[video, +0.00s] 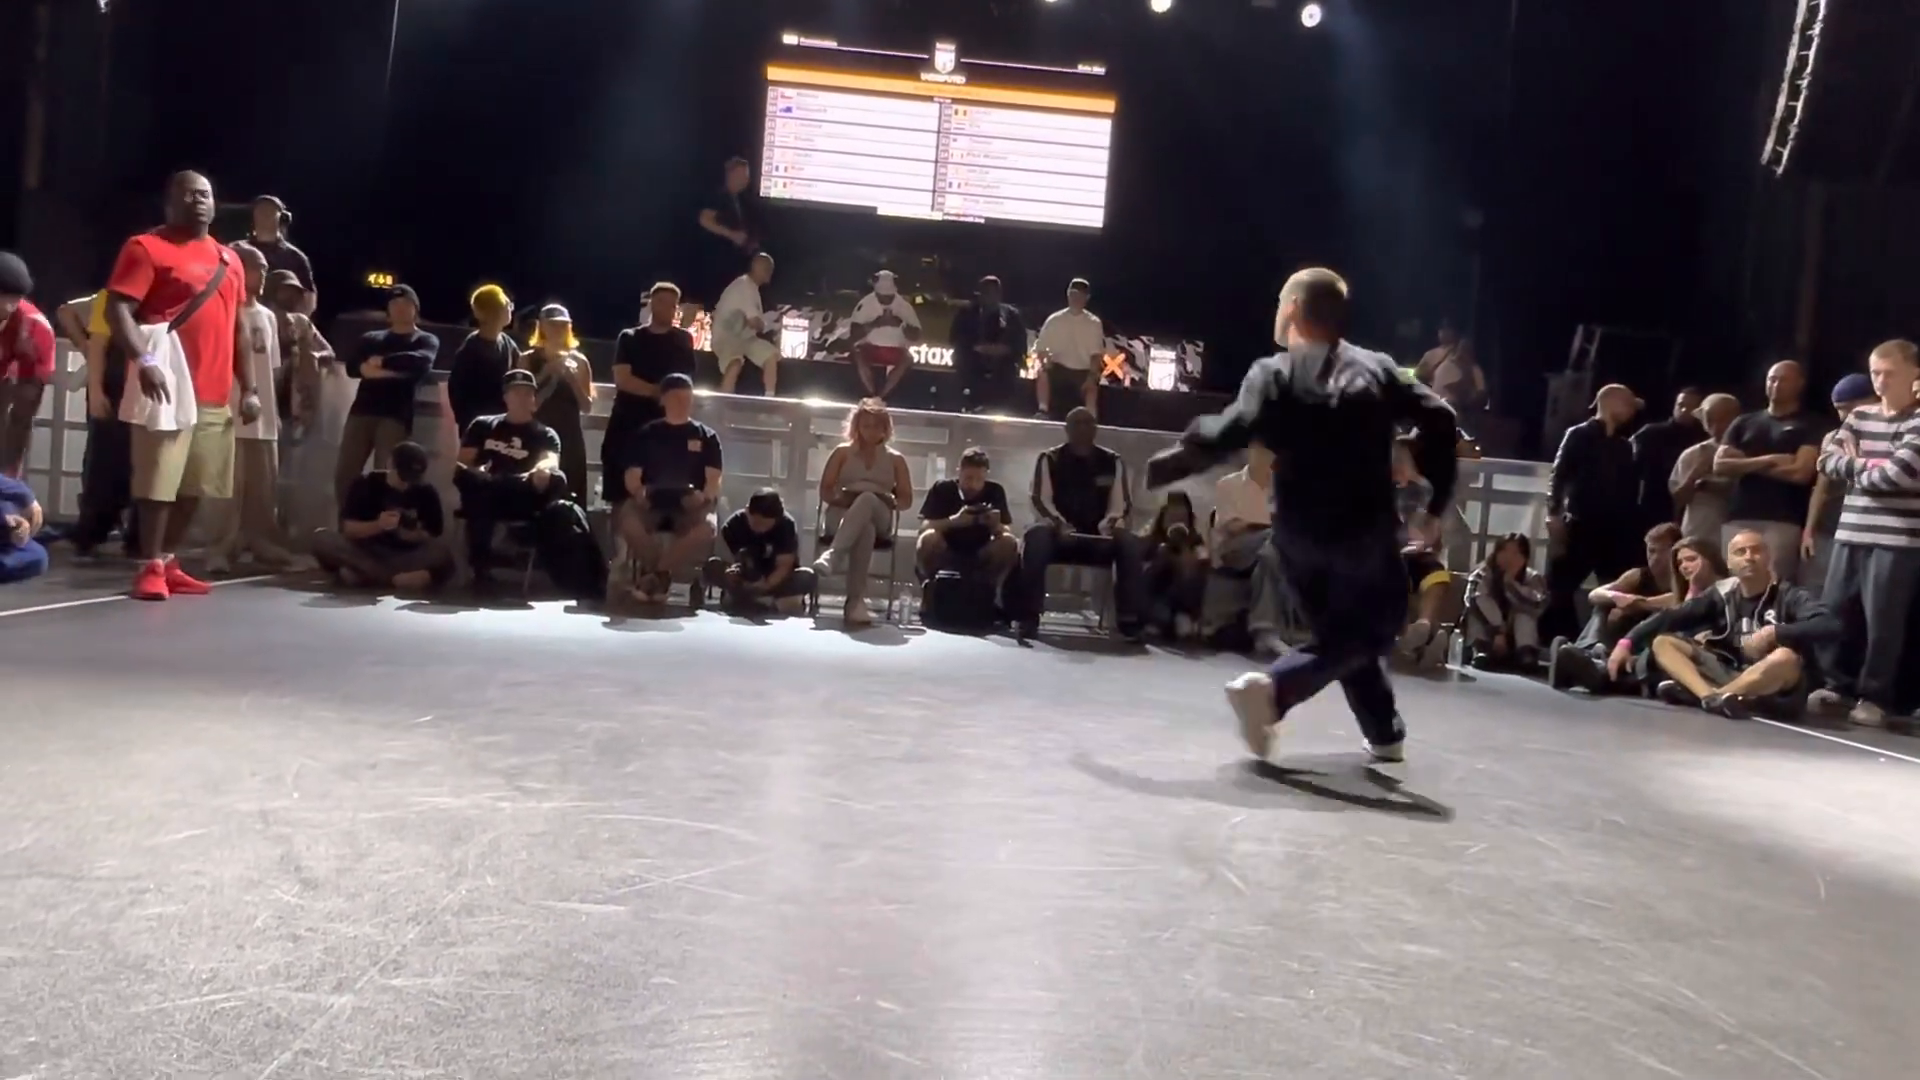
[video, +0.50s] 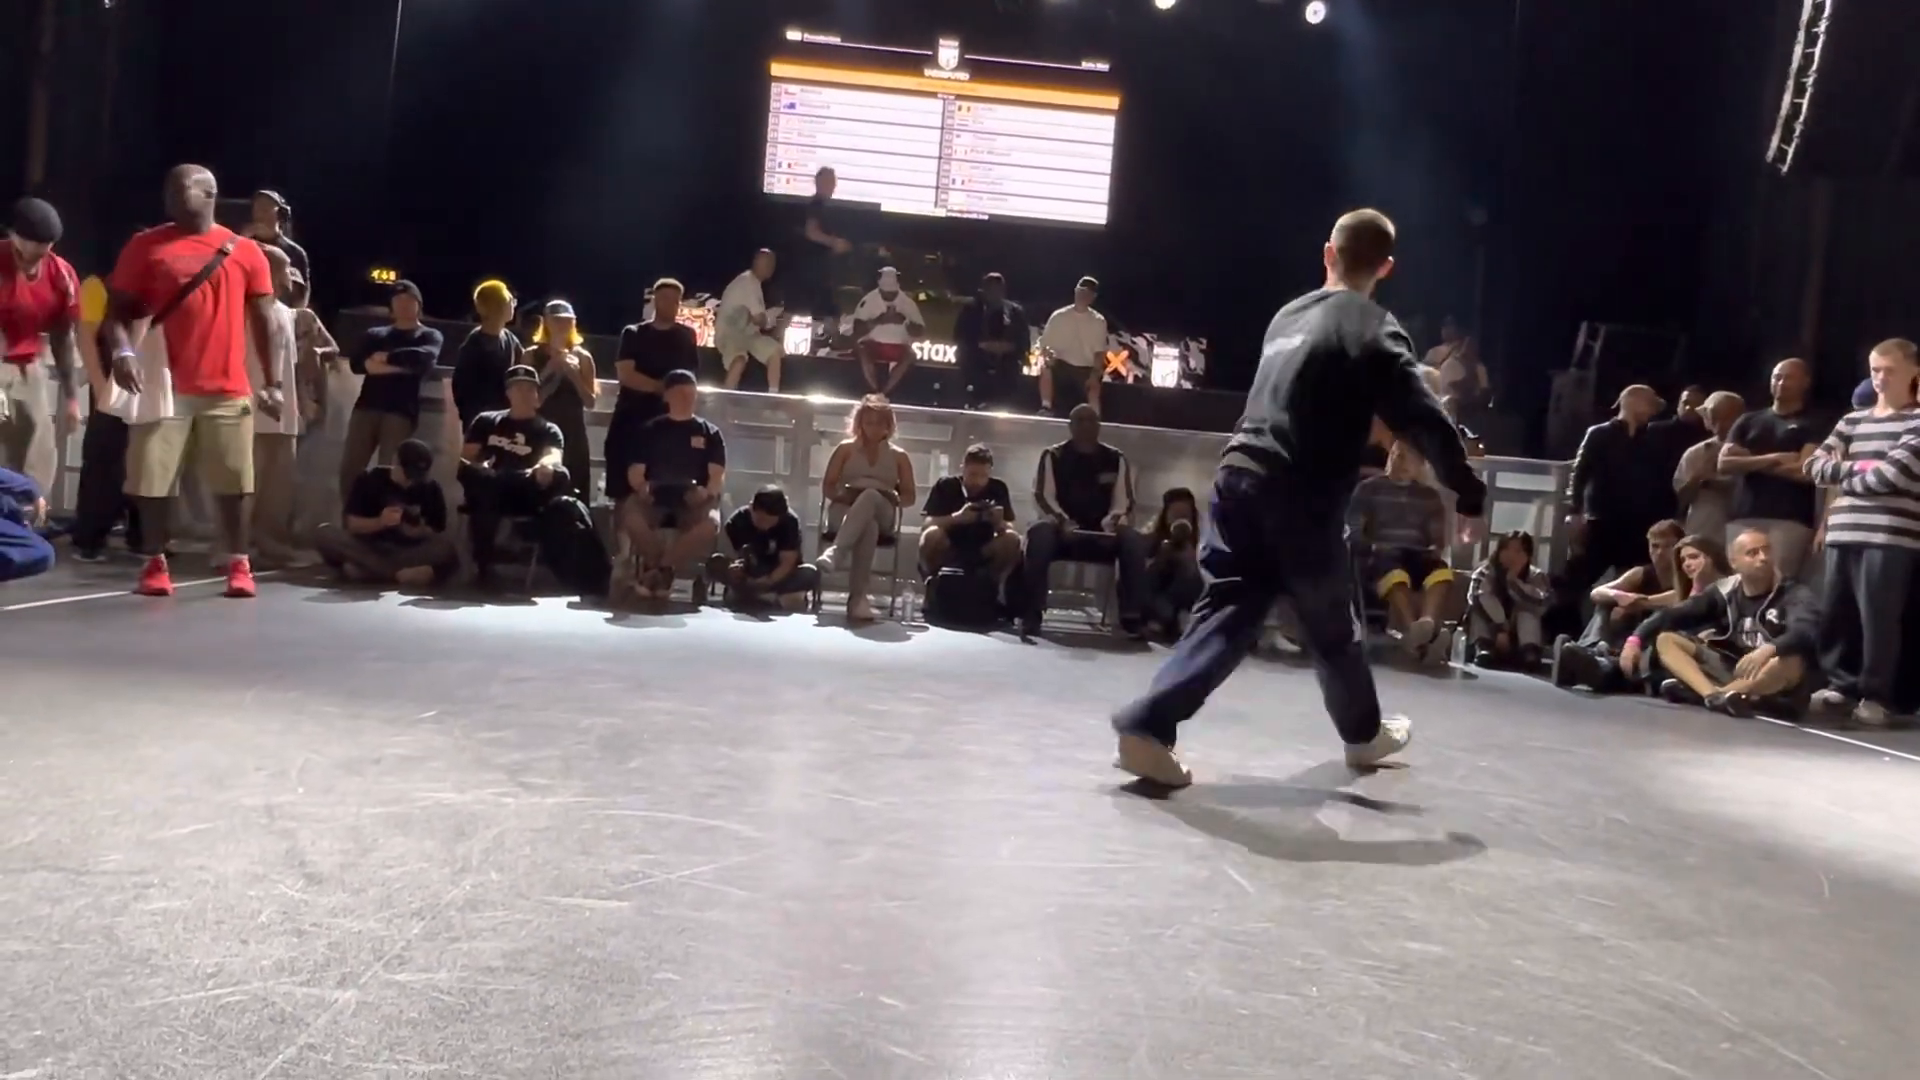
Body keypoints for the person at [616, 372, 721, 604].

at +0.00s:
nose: (681, 402)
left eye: (685, 397)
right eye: (676, 397)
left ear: (692, 399)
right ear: (663, 400)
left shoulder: (706, 436)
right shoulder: (645, 433)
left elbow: (713, 481)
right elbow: (632, 477)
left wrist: (702, 498)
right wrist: (643, 496)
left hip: (689, 496)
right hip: (652, 494)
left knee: (706, 528)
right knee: (628, 518)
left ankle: (655, 575)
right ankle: (660, 576)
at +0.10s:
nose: (682, 401)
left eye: (686, 396)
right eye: (676, 396)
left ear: (693, 398)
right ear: (665, 399)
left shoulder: (707, 435)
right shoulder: (646, 433)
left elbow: (714, 480)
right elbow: (633, 475)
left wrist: (703, 497)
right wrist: (644, 495)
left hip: (690, 495)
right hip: (654, 493)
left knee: (707, 527)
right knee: (629, 517)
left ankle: (655, 574)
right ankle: (661, 575)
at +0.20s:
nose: (683, 400)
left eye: (687, 394)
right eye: (677, 395)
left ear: (694, 397)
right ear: (665, 398)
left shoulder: (708, 435)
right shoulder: (647, 432)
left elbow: (715, 479)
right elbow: (633, 476)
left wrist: (703, 496)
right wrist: (645, 495)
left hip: (691, 495)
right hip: (654, 493)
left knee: (707, 527)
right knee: (630, 517)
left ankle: (656, 575)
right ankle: (661, 574)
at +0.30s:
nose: (684, 399)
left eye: (688, 394)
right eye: (678, 394)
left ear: (694, 396)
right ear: (666, 398)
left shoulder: (709, 434)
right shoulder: (648, 431)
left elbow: (716, 478)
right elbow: (635, 474)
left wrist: (704, 495)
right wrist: (645, 493)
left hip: (691, 494)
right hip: (655, 493)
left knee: (708, 526)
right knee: (631, 516)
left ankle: (657, 573)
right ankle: (661, 573)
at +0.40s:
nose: (685, 399)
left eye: (689, 393)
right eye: (679, 393)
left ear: (695, 396)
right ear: (666, 397)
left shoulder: (709, 433)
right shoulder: (648, 430)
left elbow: (716, 477)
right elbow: (635, 474)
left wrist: (704, 494)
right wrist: (646, 492)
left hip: (692, 492)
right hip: (655, 490)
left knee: (708, 525)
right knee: (631, 514)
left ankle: (655, 571)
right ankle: (661, 571)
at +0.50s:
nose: (685, 398)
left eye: (689, 393)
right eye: (679, 393)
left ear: (696, 395)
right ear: (667, 396)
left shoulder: (710, 433)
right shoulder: (648, 430)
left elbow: (716, 477)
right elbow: (635, 473)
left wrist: (704, 494)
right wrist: (645, 490)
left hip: (692, 493)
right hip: (655, 490)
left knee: (709, 524)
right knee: (631, 512)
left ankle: (658, 571)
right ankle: (660, 571)